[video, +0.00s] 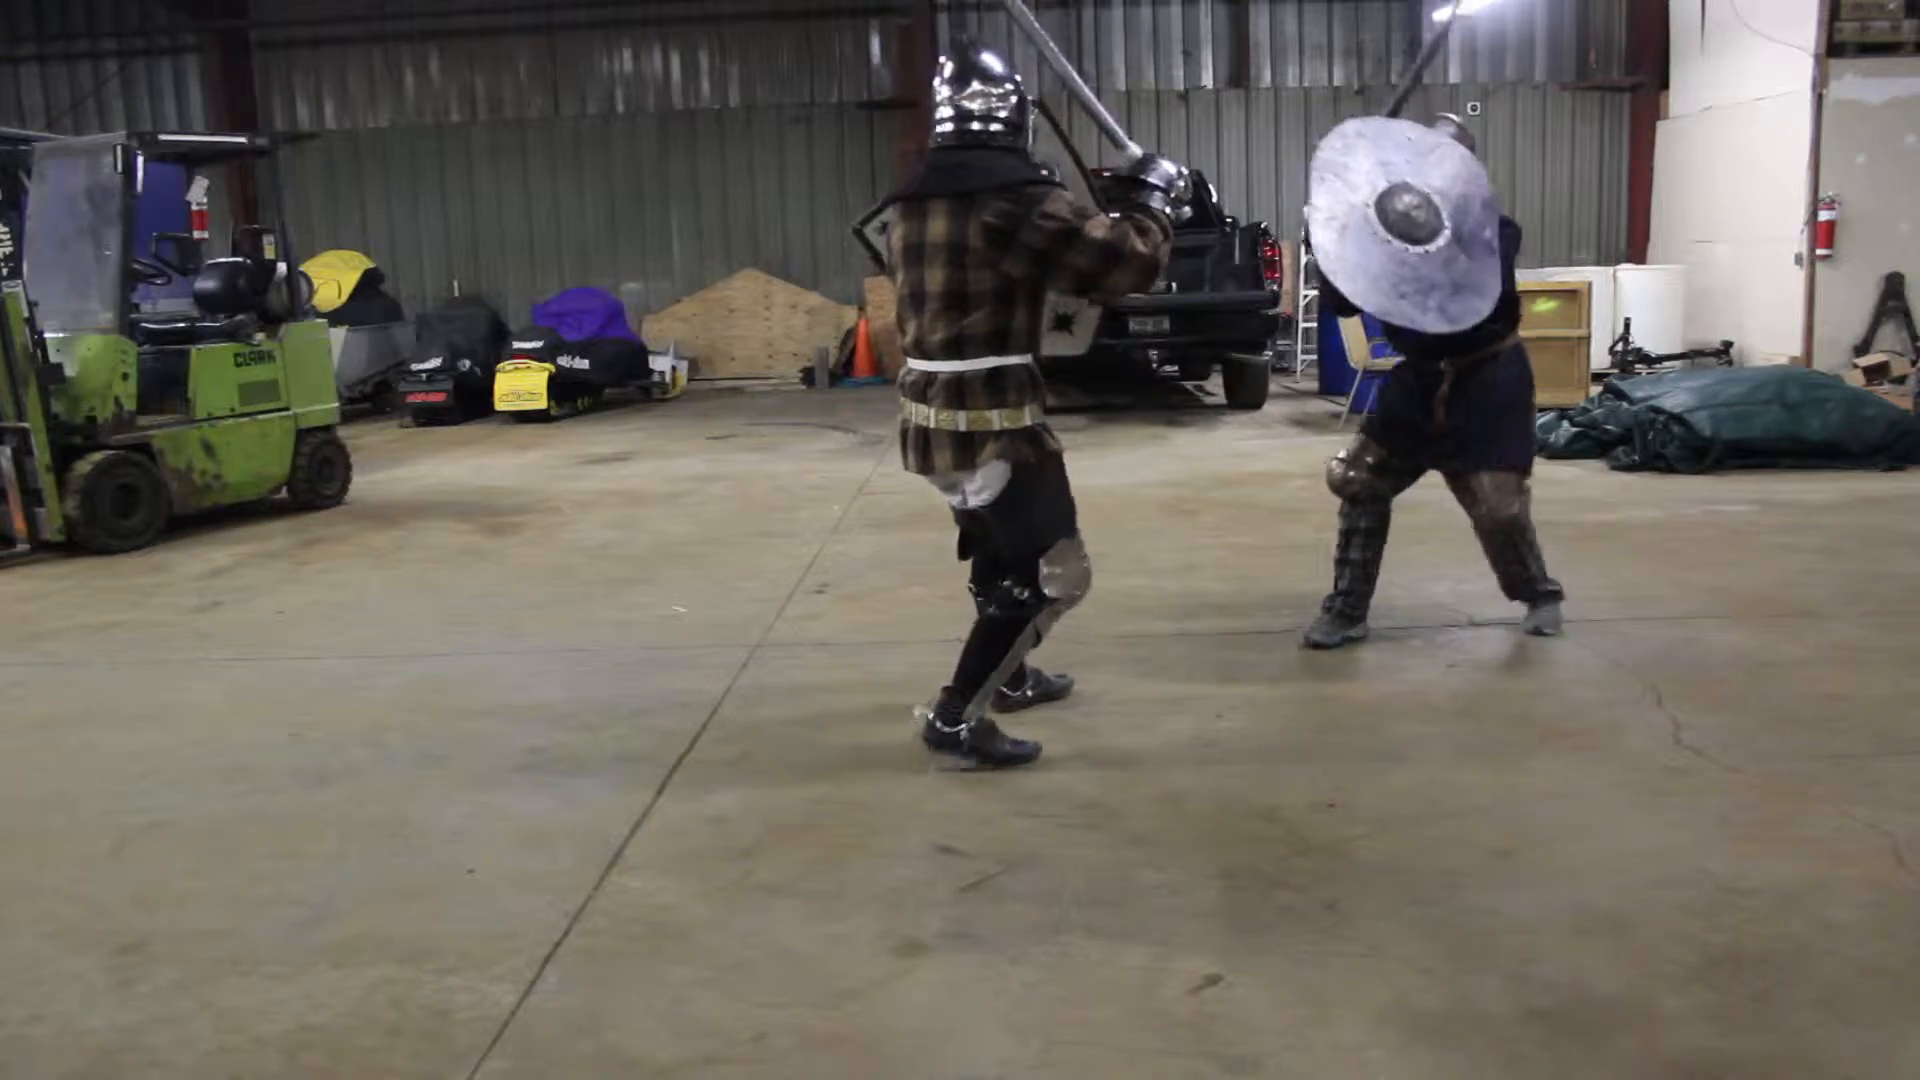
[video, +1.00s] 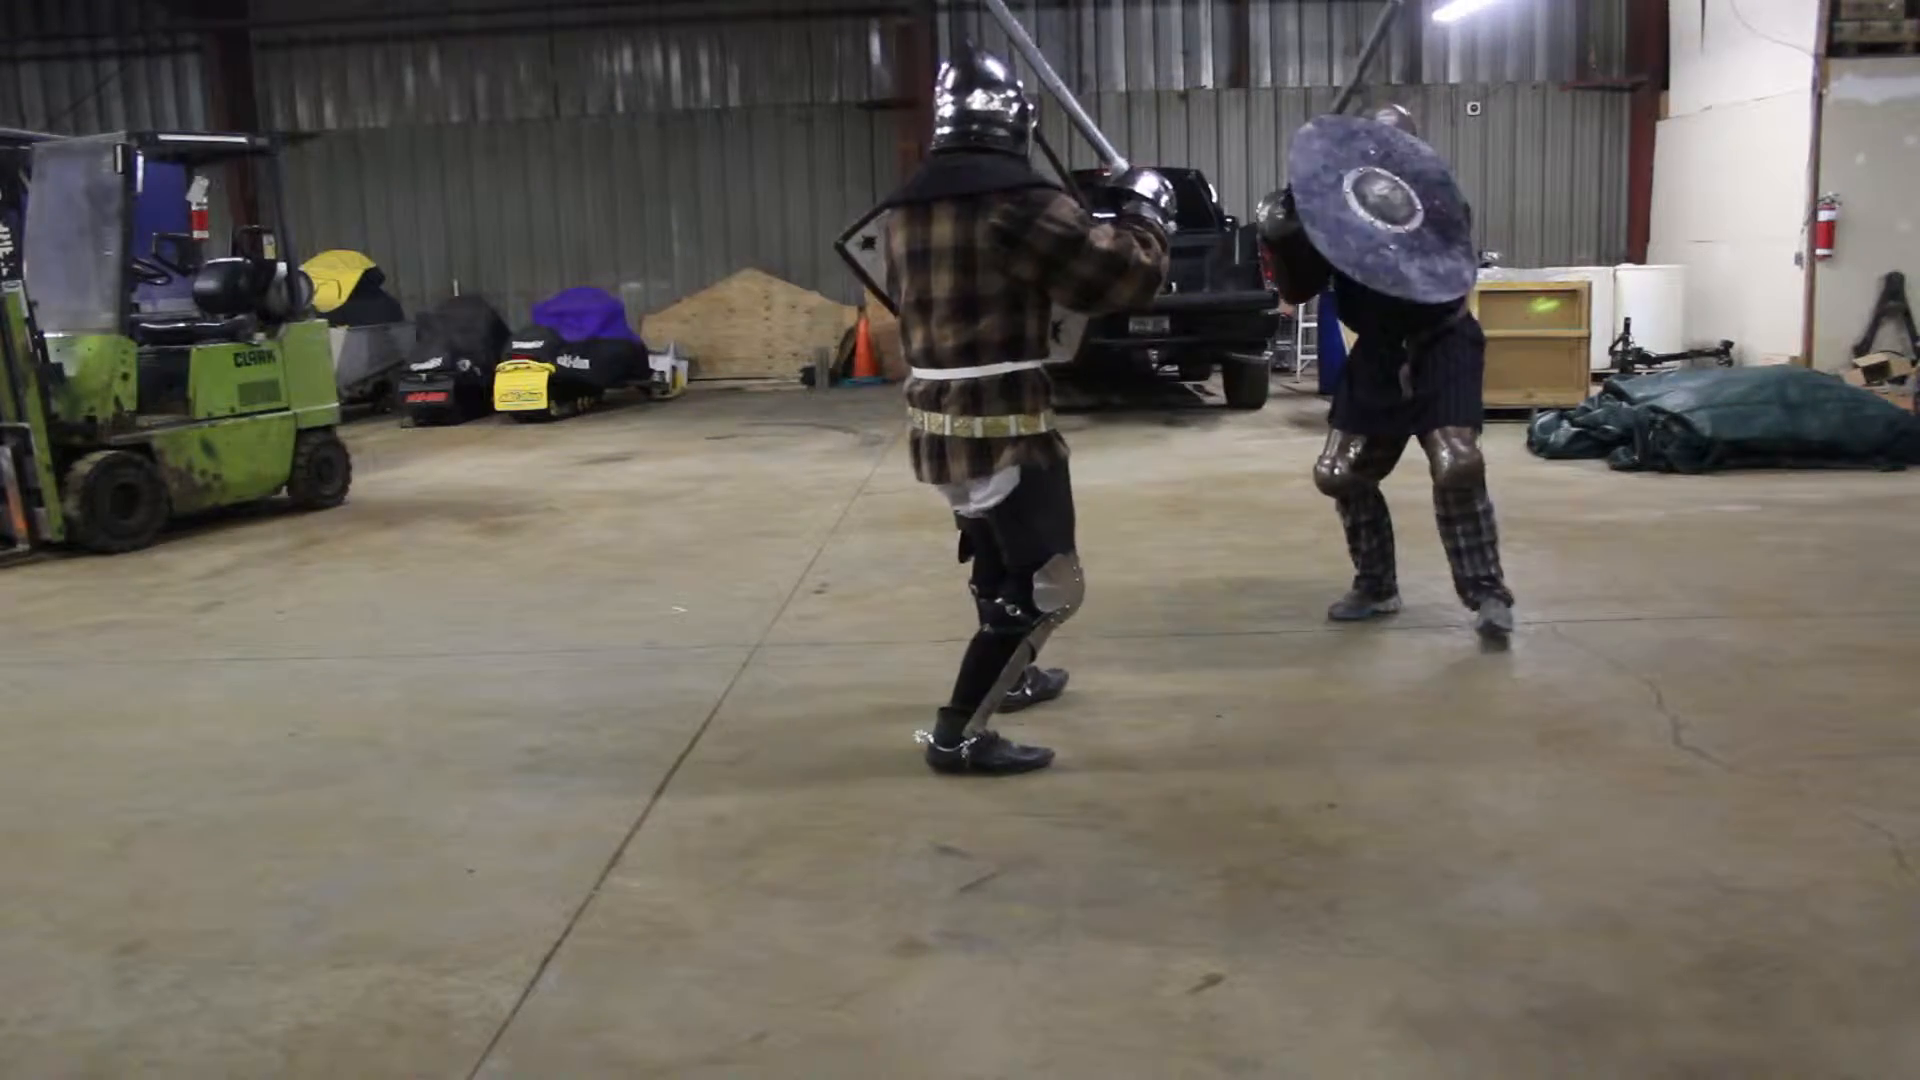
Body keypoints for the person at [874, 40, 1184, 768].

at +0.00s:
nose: (1023, 123)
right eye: (1019, 111)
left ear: (942, 115)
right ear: (1014, 114)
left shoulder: (918, 196)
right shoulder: (1014, 198)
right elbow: (1127, 262)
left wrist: (1100, 202)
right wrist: (1155, 201)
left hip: (935, 419)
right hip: (995, 423)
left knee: (999, 549)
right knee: (1057, 573)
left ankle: (1009, 671)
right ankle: (955, 718)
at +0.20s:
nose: (1026, 129)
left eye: (1018, 117)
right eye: (1022, 116)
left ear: (945, 118)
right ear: (1015, 119)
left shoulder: (918, 199)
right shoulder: (1016, 200)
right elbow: (1117, 277)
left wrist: (1085, 204)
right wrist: (1154, 216)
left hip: (936, 422)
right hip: (996, 426)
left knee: (999, 550)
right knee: (1048, 585)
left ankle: (1009, 673)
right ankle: (960, 731)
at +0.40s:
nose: (1026, 129)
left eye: (1020, 118)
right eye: (1020, 117)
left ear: (942, 118)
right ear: (1011, 120)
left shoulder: (914, 199)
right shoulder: (1013, 198)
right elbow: (1117, 279)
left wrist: (1091, 211)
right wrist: (1148, 218)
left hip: (935, 427)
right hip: (997, 429)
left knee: (996, 552)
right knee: (1047, 588)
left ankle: (1010, 675)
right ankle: (959, 733)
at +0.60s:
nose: (1022, 130)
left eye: (1017, 118)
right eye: (1017, 118)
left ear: (938, 119)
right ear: (1007, 119)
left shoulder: (913, 201)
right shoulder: (1009, 200)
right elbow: (1122, 274)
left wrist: (1095, 213)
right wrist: (1151, 213)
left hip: (938, 432)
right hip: (999, 435)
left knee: (997, 558)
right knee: (1048, 590)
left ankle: (1012, 676)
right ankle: (959, 732)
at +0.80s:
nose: (1023, 129)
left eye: (1018, 119)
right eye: (1018, 118)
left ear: (937, 120)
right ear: (1008, 120)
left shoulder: (912, 204)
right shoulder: (1015, 201)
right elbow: (1116, 277)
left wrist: (1089, 211)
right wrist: (1150, 214)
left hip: (937, 430)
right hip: (1002, 433)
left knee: (993, 555)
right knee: (1051, 588)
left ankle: (1011, 675)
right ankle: (958, 732)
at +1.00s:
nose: (1025, 126)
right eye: (1020, 114)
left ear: (942, 116)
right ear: (1015, 117)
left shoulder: (911, 206)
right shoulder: (1019, 201)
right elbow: (1126, 273)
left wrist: (1082, 204)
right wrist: (1150, 210)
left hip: (939, 426)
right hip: (1006, 430)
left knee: (994, 556)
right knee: (1046, 587)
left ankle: (1010, 676)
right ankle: (958, 732)